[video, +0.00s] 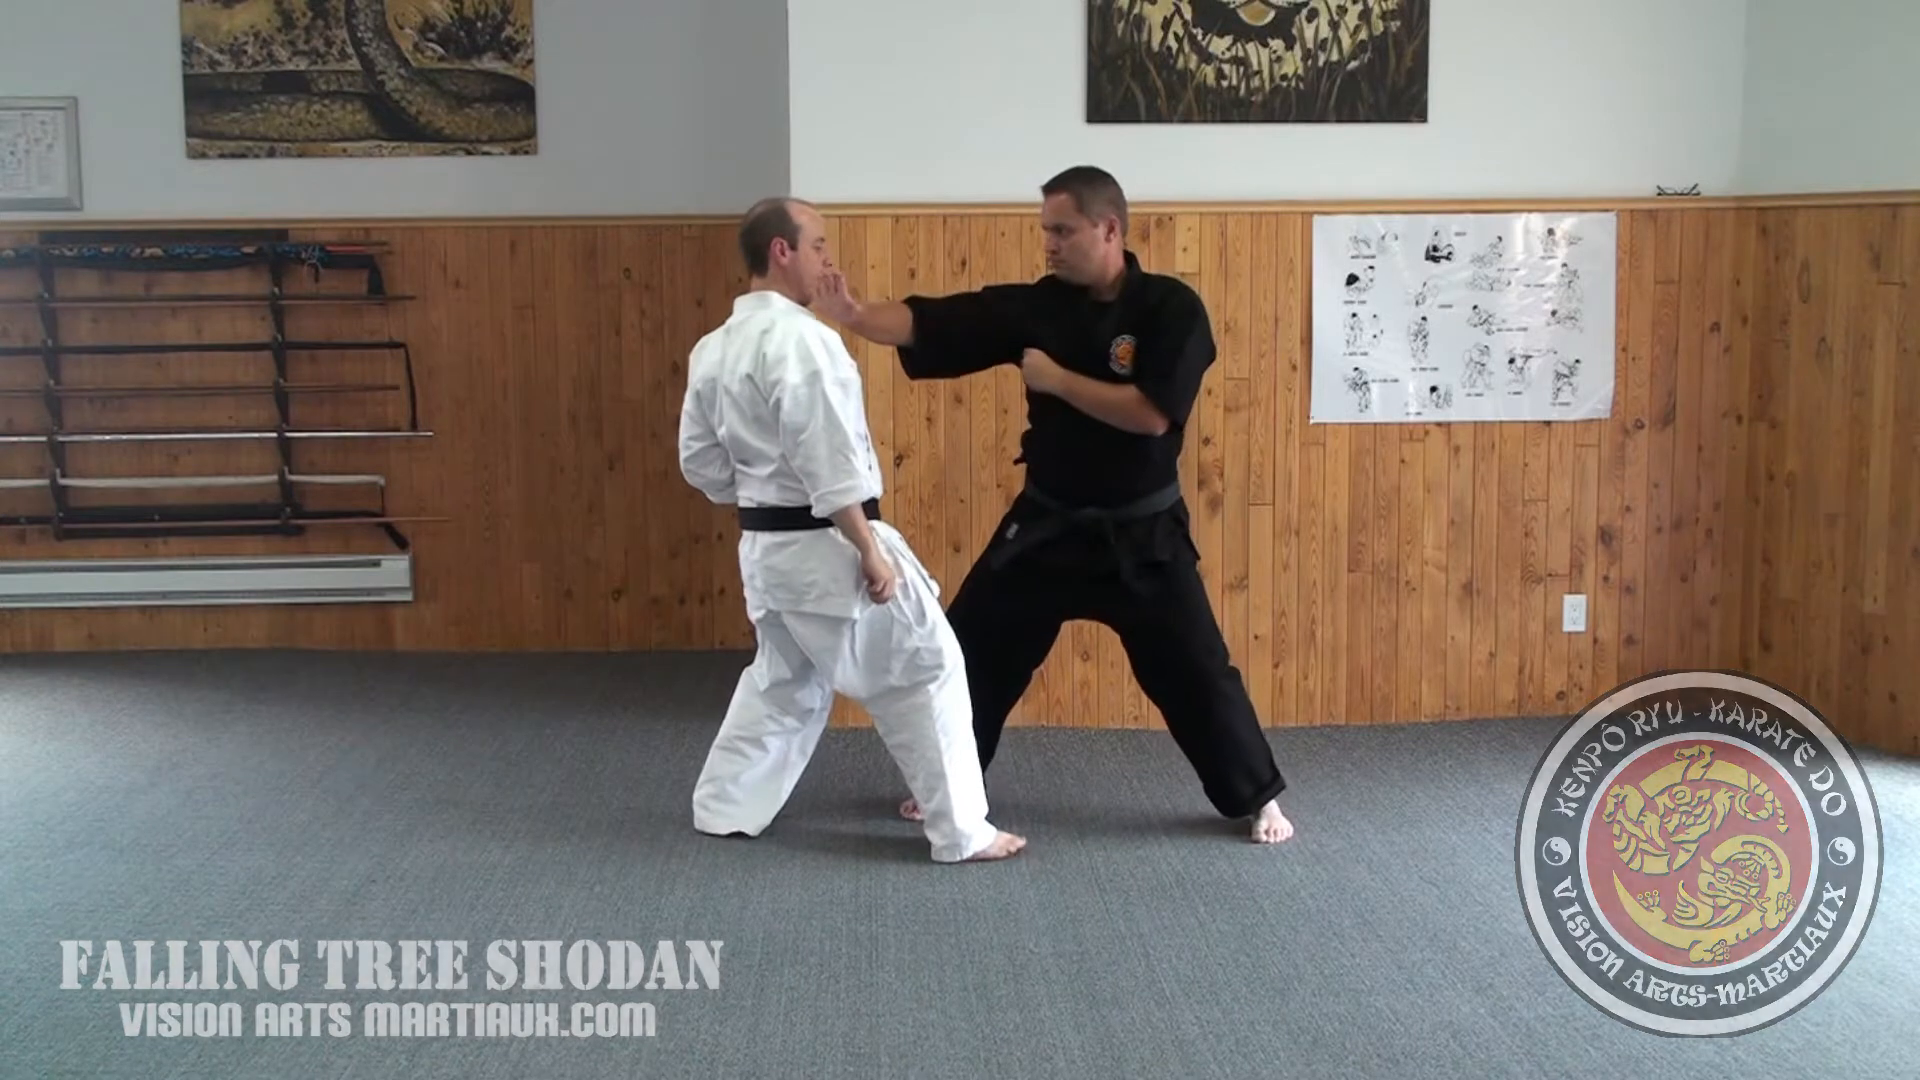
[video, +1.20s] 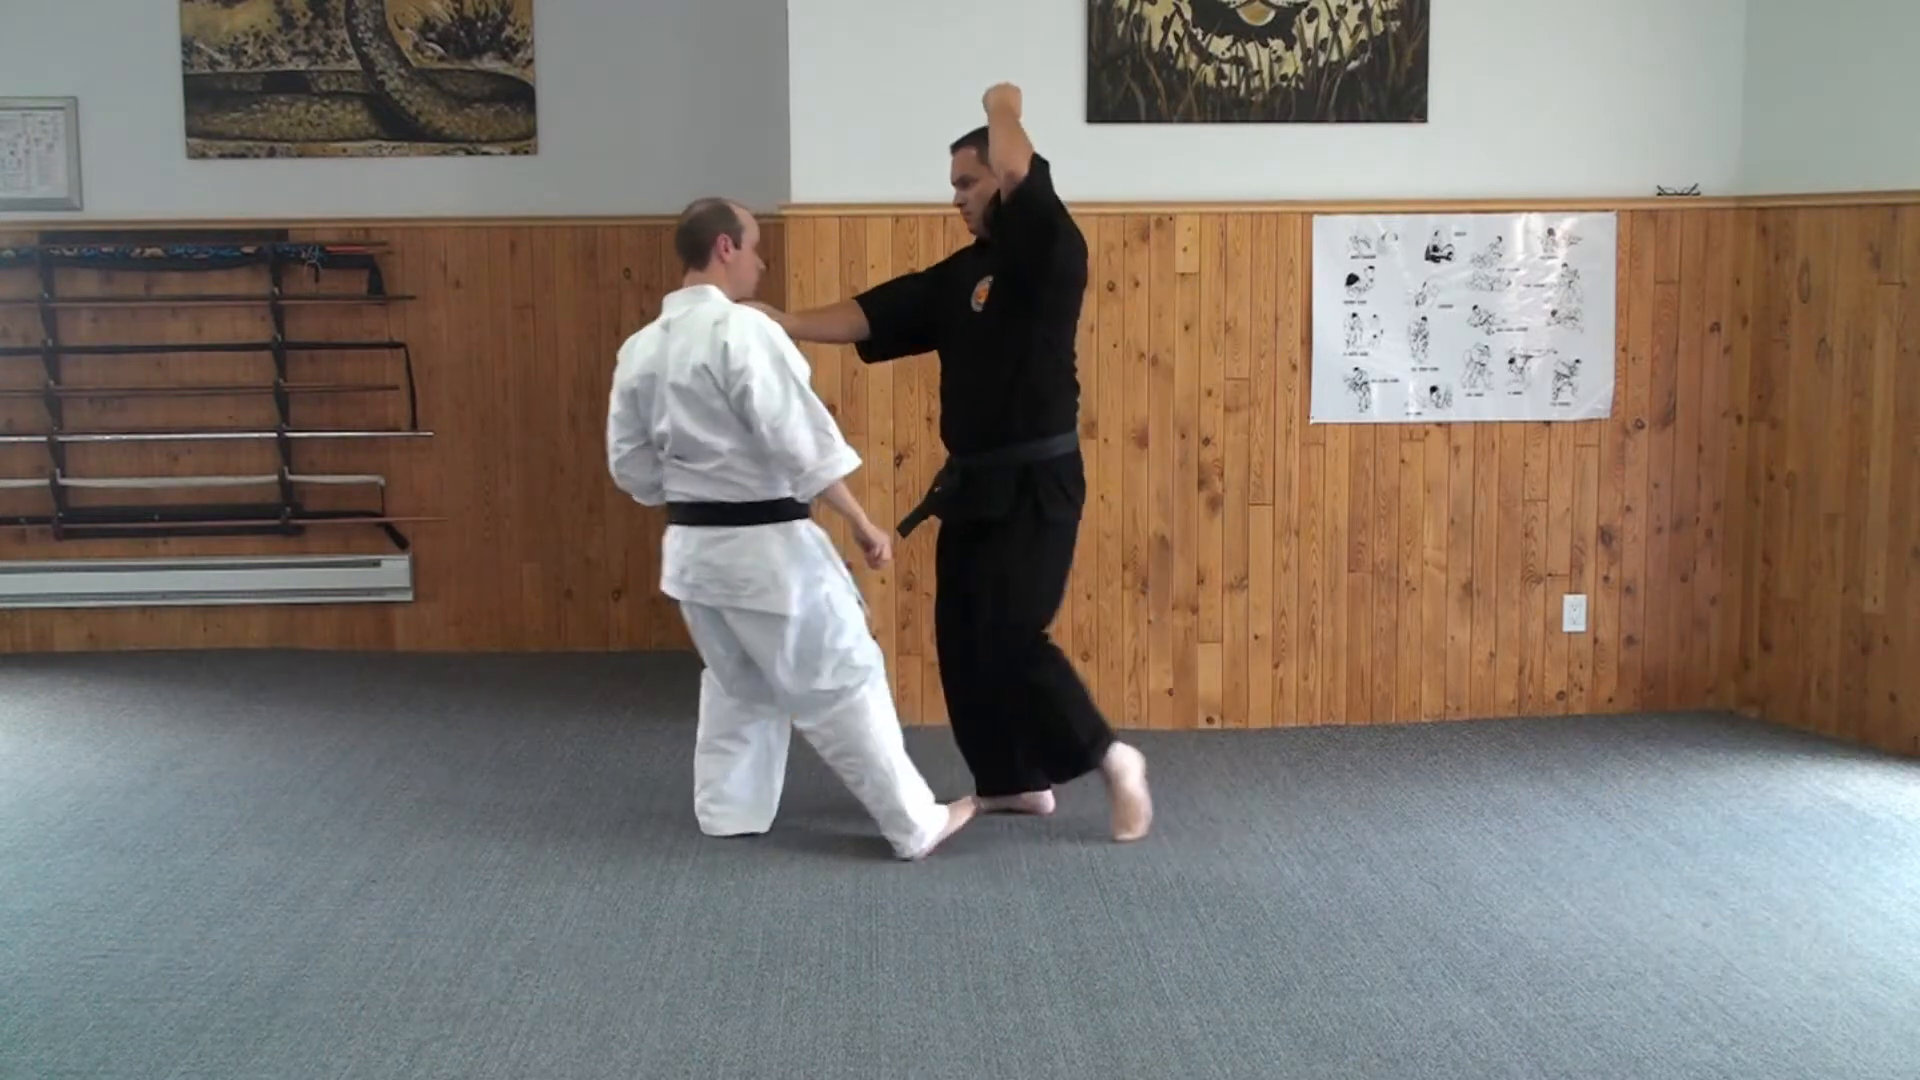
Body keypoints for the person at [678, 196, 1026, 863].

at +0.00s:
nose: (829, 261)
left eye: (827, 246)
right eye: (818, 246)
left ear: (768, 255)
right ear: (781, 252)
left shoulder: (711, 350)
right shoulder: (804, 343)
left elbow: (700, 461)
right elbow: (827, 459)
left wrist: (761, 503)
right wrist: (869, 549)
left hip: (764, 550)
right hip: (830, 548)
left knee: (782, 679)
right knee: (927, 668)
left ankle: (722, 807)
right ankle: (962, 830)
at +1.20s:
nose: (760, 263)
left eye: (758, 250)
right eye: (754, 250)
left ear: (699, 254)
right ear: (725, 250)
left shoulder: (640, 349)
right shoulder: (746, 332)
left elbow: (630, 466)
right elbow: (798, 440)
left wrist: (693, 496)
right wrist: (860, 518)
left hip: (691, 551)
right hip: (769, 549)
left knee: (735, 682)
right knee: (843, 679)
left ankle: (726, 812)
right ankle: (914, 823)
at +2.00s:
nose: (651, 245)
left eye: (648, 230)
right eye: (643, 231)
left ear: (593, 237)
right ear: (608, 234)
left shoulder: (532, 316)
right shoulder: (613, 327)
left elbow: (501, 441)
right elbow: (601, 447)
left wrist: (557, 493)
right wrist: (619, 551)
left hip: (535, 530)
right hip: (602, 540)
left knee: (548, 678)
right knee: (647, 684)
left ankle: (510, 795)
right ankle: (608, 838)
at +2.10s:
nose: (642, 242)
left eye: (638, 227)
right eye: (632, 228)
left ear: (579, 237)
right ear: (595, 234)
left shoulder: (524, 316)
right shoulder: (602, 322)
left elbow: (500, 438)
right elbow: (598, 441)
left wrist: (556, 490)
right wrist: (620, 541)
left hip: (533, 528)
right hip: (598, 534)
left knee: (547, 678)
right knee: (640, 682)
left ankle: (510, 796)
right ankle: (608, 838)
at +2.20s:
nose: (640, 240)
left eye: (636, 225)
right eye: (630, 226)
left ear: (575, 238)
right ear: (594, 234)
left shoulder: (524, 316)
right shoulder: (598, 319)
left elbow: (497, 439)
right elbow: (598, 428)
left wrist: (553, 487)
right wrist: (623, 526)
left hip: (533, 528)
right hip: (595, 532)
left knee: (547, 679)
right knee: (637, 682)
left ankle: (509, 796)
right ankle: (608, 837)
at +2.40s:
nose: (655, 253)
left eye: (654, 239)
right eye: (648, 239)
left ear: (594, 242)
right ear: (613, 240)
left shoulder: (529, 316)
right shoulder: (616, 315)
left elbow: (493, 440)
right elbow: (618, 426)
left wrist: (528, 505)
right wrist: (631, 529)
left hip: (529, 530)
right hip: (594, 532)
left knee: (545, 682)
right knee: (635, 687)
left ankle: (508, 796)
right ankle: (608, 837)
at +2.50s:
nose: (664, 253)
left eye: (664, 239)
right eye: (658, 239)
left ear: (598, 243)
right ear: (624, 240)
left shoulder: (536, 315)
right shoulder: (626, 316)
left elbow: (494, 427)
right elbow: (620, 426)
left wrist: (497, 505)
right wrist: (634, 529)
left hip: (529, 527)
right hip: (595, 530)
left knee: (543, 683)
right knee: (640, 685)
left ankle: (510, 798)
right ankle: (611, 840)